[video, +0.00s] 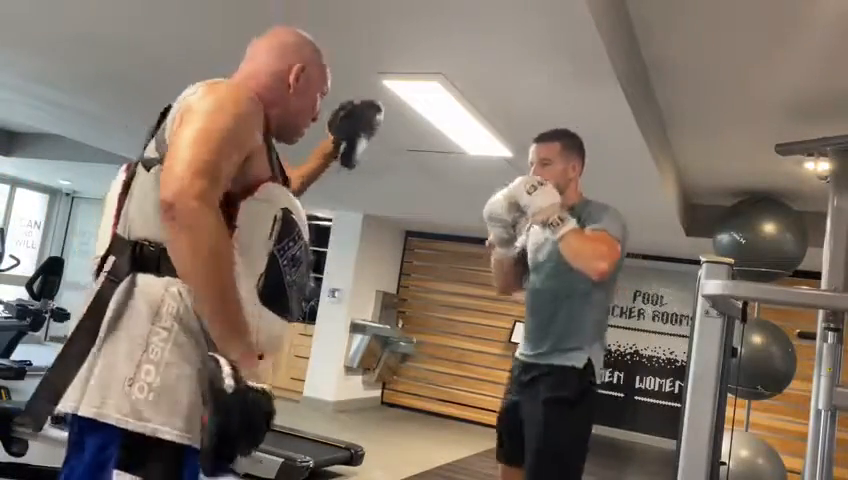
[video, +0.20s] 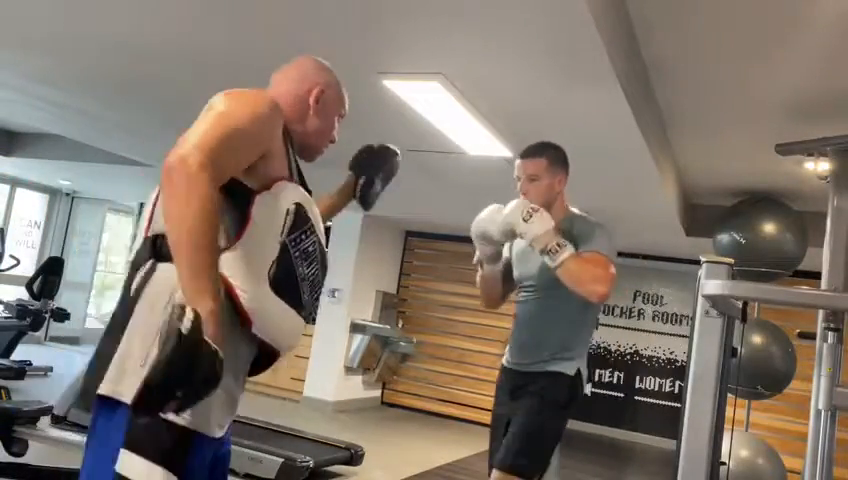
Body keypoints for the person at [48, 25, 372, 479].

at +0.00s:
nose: (319, 110)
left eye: (325, 100)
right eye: (322, 95)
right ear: (295, 77)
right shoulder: (229, 100)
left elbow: (274, 197)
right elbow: (186, 200)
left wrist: (331, 147)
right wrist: (239, 348)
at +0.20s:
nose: (336, 134)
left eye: (342, 123)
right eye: (338, 118)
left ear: (309, 98)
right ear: (316, 98)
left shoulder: (280, 158)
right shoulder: (256, 109)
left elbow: (290, 232)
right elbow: (186, 168)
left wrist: (350, 188)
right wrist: (206, 314)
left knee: (203, 469)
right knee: (142, 471)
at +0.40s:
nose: (347, 148)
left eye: (352, 137)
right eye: (349, 132)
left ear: (320, 111)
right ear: (327, 111)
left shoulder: (293, 172)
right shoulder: (269, 114)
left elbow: (299, 243)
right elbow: (197, 159)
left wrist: (354, 201)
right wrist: (235, 295)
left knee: (201, 468)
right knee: (146, 469)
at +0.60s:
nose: (336, 135)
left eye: (341, 124)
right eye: (338, 118)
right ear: (316, 98)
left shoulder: (281, 166)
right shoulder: (258, 106)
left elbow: (290, 236)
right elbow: (230, 174)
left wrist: (347, 181)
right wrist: (328, 282)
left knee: (203, 460)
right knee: (142, 464)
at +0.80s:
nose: (317, 110)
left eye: (323, 98)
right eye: (320, 94)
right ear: (295, 76)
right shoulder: (229, 102)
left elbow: (255, 212)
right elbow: (298, 195)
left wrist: (324, 160)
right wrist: (395, 222)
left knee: (185, 466)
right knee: (132, 466)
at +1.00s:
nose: (304, 86)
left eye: (312, 74)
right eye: (309, 70)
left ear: (235, 37)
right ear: (283, 51)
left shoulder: (192, 85)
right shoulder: (224, 86)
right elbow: (329, 192)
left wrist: (300, 121)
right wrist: (375, 142)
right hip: (152, 332)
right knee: (132, 462)